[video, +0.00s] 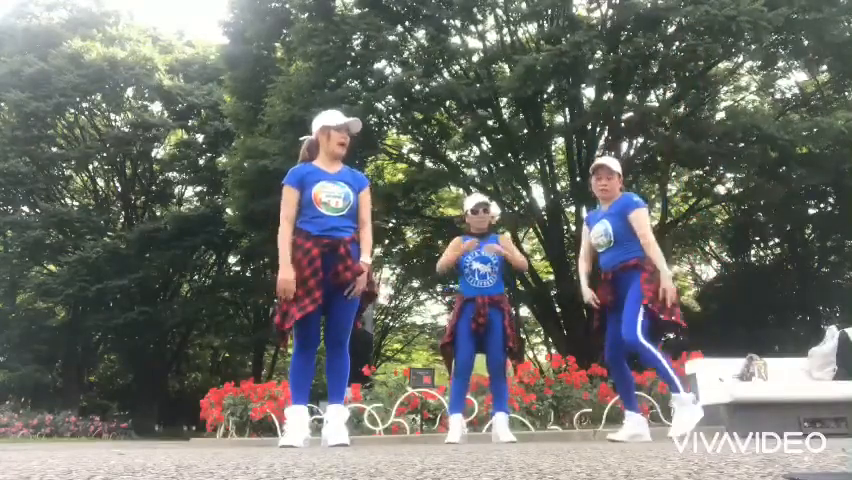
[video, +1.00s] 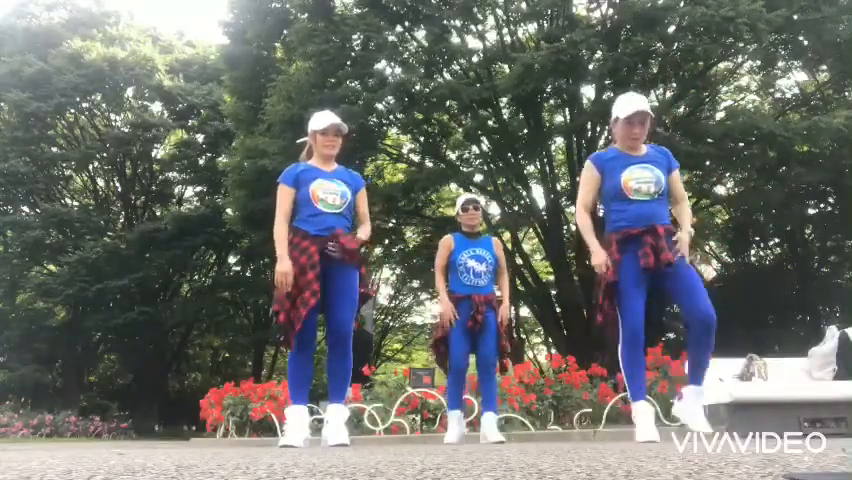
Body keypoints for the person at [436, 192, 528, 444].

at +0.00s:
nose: (481, 215)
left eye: (485, 211)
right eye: (475, 211)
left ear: (492, 215)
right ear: (466, 216)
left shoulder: (502, 239)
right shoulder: (460, 242)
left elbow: (523, 266)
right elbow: (441, 268)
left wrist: (505, 253)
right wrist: (461, 251)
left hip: (496, 305)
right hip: (468, 305)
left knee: (497, 364)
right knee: (463, 363)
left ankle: (501, 423)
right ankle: (456, 422)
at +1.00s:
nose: (471, 213)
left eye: (475, 209)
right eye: (466, 210)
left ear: (481, 213)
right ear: (458, 215)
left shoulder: (494, 243)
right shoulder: (449, 241)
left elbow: (503, 274)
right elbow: (439, 272)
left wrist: (505, 302)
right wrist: (444, 301)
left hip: (489, 305)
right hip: (460, 305)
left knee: (488, 363)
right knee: (458, 363)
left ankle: (489, 422)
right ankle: (455, 422)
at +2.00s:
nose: (468, 215)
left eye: (473, 212)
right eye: (463, 211)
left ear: (479, 218)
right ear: (455, 216)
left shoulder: (489, 243)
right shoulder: (443, 245)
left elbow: (500, 273)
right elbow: (437, 278)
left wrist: (508, 300)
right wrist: (438, 306)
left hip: (486, 306)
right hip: (456, 307)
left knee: (488, 362)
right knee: (458, 362)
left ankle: (490, 422)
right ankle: (451, 421)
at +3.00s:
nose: (455, 216)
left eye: (460, 212)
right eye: (451, 212)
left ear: (467, 216)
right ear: (444, 215)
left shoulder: (476, 243)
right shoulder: (431, 244)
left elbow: (486, 273)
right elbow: (417, 272)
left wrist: (491, 293)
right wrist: (419, 297)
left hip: (468, 305)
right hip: (439, 305)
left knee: (471, 363)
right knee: (436, 364)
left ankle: (480, 420)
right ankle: (431, 421)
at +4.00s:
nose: (445, 218)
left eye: (448, 214)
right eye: (440, 212)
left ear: (450, 218)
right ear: (426, 214)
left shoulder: (439, 247)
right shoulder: (416, 233)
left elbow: (441, 279)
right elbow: (388, 244)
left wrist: (469, 277)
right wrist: (421, 250)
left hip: (431, 313)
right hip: (410, 310)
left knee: (454, 362)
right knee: (397, 366)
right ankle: (368, 415)